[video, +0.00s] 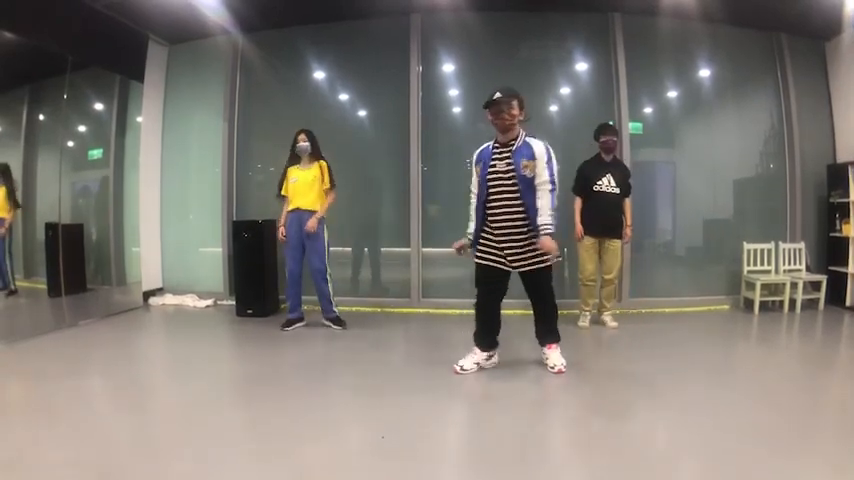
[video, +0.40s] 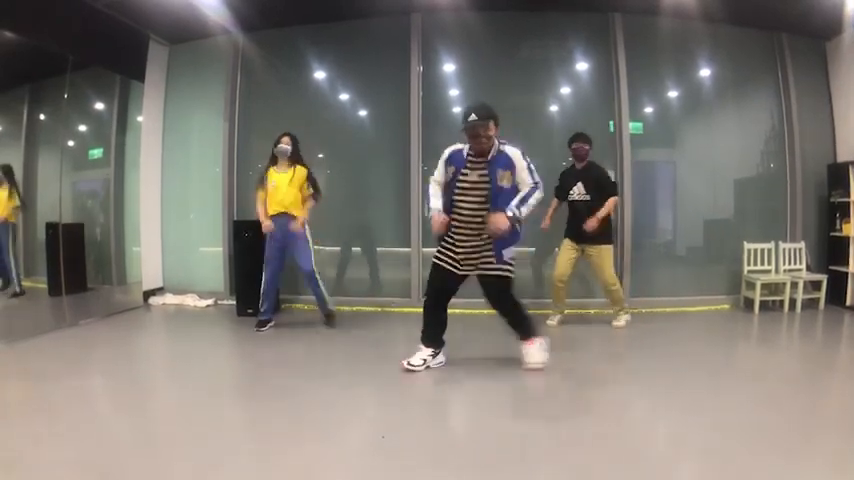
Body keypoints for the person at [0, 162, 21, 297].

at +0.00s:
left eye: (0, 173)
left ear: (3, 174)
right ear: (8, 173)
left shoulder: (6, 189)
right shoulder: (7, 188)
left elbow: (12, 208)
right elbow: (12, 208)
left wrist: (5, 225)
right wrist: (6, 224)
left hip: (4, 222)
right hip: (4, 222)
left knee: (5, 254)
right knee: (5, 254)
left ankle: (11, 285)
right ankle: (5, 283)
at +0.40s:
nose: (0, 177)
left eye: (1, 174)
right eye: (1, 174)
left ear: (5, 175)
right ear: (7, 174)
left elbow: (13, 205)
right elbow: (9, 205)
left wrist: (5, 216)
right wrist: (5, 215)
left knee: (9, 254)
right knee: (4, 254)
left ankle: (17, 286)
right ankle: (5, 280)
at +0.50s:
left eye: (1, 175)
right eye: (1, 175)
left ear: (6, 176)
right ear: (9, 175)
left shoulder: (9, 190)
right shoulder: (11, 189)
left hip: (7, 220)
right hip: (6, 220)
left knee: (9, 253)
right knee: (6, 253)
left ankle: (18, 287)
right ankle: (17, 285)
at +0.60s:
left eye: (1, 175)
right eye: (1, 175)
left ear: (5, 176)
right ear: (10, 175)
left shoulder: (7, 190)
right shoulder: (12, 190)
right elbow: (14, 207)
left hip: (6, 222)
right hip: (7, 221)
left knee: (7, 255)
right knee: (6, 255)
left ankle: (19, 287)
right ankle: (18, 286)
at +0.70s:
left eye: (2, 172)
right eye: (3, 172)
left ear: (3, 174)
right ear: (9, 173)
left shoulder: (6, 186)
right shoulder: (12, 186)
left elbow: (14, 207)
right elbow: (15, 207)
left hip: (5, 221)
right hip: (9, 221)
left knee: (6, 256)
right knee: (7, 255)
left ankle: (19, 288)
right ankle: (19, 287)